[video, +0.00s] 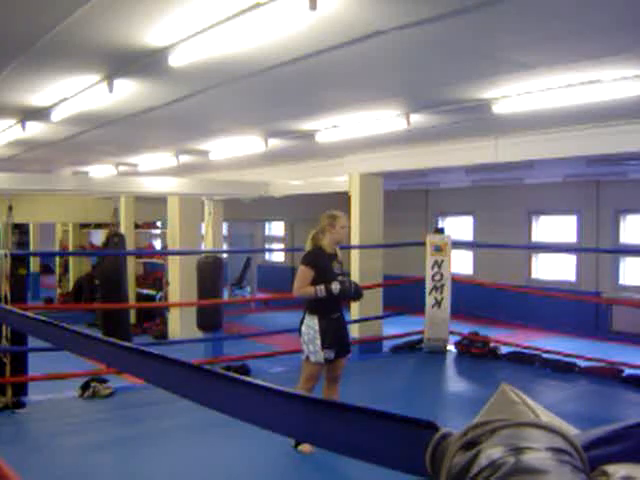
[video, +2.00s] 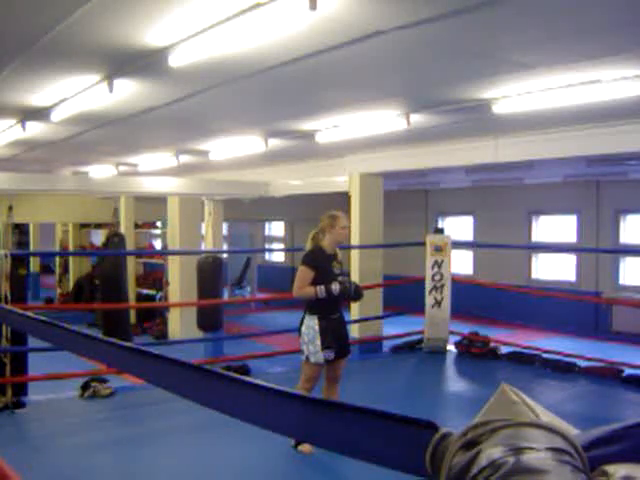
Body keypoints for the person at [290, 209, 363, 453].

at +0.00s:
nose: (346, 233)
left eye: (347, 229)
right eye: (343, 228)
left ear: (337, 230)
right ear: (329, 229)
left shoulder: (336, 258)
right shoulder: (314, 256)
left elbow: (333, 289)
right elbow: (298, 290)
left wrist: (350, 290)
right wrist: (329, 288)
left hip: (336, 317)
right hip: (316, 318)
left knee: (334, 378)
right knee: (309, 379)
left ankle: (330, 429)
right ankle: (300, 431)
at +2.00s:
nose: (347, 233)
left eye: (347, 229)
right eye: (343, 229)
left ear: (338, 230)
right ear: (328, 229)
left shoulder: (336, 258)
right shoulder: (314, 255)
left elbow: (333, 288)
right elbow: (298, 290)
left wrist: (350, 291)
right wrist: (329, 289)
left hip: (335, 317)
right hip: (316, 318)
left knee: (334, 378)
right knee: (309, 379)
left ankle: (330, 428)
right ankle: (299, 432)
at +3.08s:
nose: (347, 233)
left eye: (347, 228)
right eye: (343, 228)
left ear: (337, 230)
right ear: (329, 229)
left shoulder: (335, 258)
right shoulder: (314, 256)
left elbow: (333, 288)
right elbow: (298, 290)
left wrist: (350, 290)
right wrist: (330, 289)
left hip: (335, 318)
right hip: (316, 319)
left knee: (334, 379)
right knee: (309, 380)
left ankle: (332, 429)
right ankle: (299, 432)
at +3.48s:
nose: (346, 233)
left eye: (347, 229)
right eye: (343, 229)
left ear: (338, 231)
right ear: (329, 229)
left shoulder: (336, 258)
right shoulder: (314, 256)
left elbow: (333, 289)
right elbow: (298, 290)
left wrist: (350, 290)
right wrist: (329, 289)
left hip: (336, 318)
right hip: (316, 319)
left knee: (334, 378)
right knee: (309, 379)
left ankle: (329, 428)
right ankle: (299, 431)